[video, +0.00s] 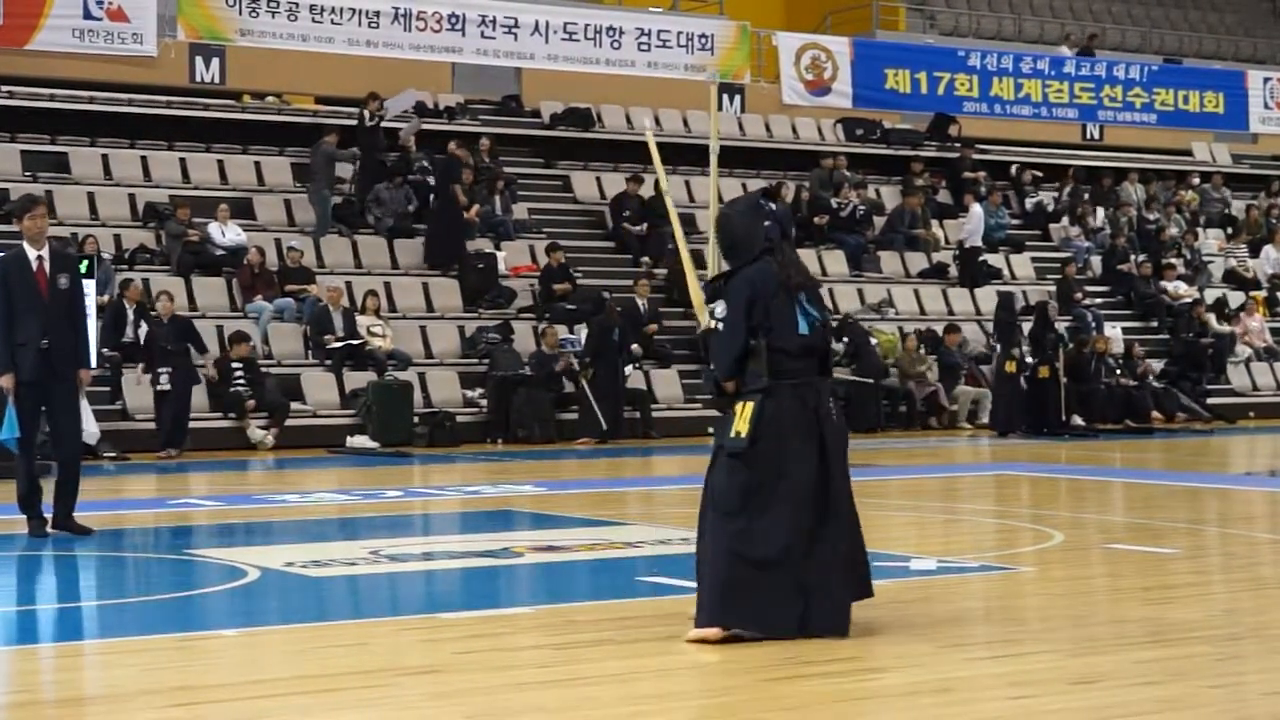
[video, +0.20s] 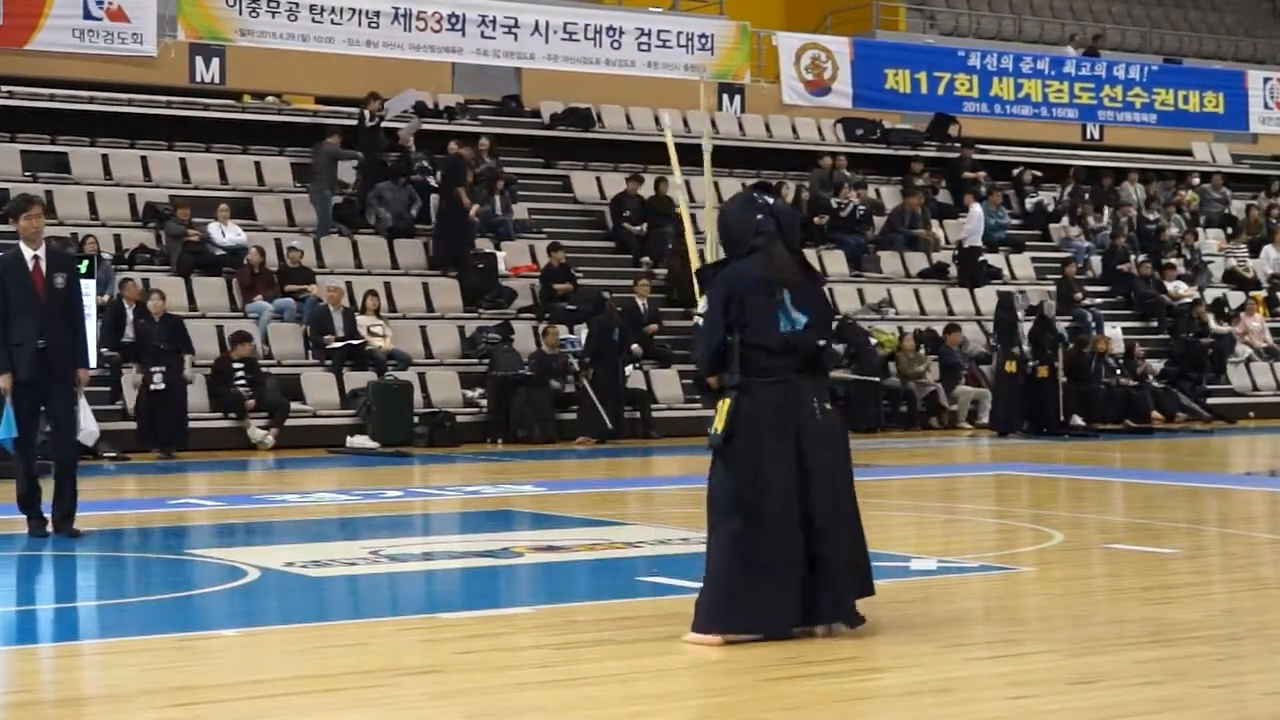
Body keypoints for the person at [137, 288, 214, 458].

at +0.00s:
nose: (163, 306)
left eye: (166, 302)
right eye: (160, 302)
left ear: (173, 304)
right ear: (156, 306)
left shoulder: (184, 323)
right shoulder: (153, 325)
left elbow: (199, 346)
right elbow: (147, 350)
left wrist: (210, 366)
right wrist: (141, 369)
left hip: (181, 371)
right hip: (160, 371)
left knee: (178, 408)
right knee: (162, 408)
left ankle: (176, 445)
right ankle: (166, 445)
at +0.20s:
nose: (155, 304)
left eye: (159, 300)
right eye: (152, 301)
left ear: (165, 303)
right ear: (147, 304)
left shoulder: (175, 321)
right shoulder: (142, 324)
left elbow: (186, 348)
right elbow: (139, 350)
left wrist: (187, 369)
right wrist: (137, 371)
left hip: (172, 369)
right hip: (150, 369)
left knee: (172, 407)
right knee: (150, 408)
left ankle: (171, 445)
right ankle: (156, 445)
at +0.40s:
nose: (143, 306)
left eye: (146, 302)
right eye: (140, 302)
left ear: (153, 304)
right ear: (136, 305)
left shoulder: (163, 323)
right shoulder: (134, 326)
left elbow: (170, 347)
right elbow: (130, 354)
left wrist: (162, 365)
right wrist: (128, 376)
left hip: (159, 373)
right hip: (139, 373)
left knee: (164, 411)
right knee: (138, 410)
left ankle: (167, 447)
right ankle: (137, 445)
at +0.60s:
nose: (125, 305)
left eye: (129, 301)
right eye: (123, 301)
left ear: (137, 304)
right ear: (118, 304)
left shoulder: (146, 323)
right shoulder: (116, 325)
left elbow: (156, 348)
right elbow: (111, 356)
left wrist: (155, 369)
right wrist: (106, 377)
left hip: (142, 372)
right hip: (121, 372)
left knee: (151, 410)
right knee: (122, 411)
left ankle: (160, 445)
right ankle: (124, 448)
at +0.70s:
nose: (118, 303)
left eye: (122, 299)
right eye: (115, 299)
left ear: (130, 301)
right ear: (111, 303)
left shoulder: (140, 320)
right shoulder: (109, 322)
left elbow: (152, 344)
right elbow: (104, 346)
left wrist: (155, 367)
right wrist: (101, 368)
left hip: (136, 367)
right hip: (114, 367)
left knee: (135, 405)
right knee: (115, 406)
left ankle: (147, 444)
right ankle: (119, 447)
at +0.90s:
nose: (104, 304)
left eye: (108, 300)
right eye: (101, 300)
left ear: (115, 302)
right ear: (97, 302)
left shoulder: (123, 321)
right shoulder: (96, 322)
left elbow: (137, 347)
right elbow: (90, 347)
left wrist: (147, 369)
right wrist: (83, 371)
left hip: (119, 371)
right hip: (102, 371)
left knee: (120, 410)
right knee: (102, 410)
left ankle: (121, 448)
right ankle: (104, 447)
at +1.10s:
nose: (121, 291)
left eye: (125, 288)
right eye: (119, 287)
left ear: (133, 291)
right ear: (116, 290)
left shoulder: (138, 306)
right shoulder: (110, 306)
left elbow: (153, 327)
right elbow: (104, 327)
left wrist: (153, 347)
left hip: (135, 342)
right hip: (117, 343)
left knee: (151, 362)